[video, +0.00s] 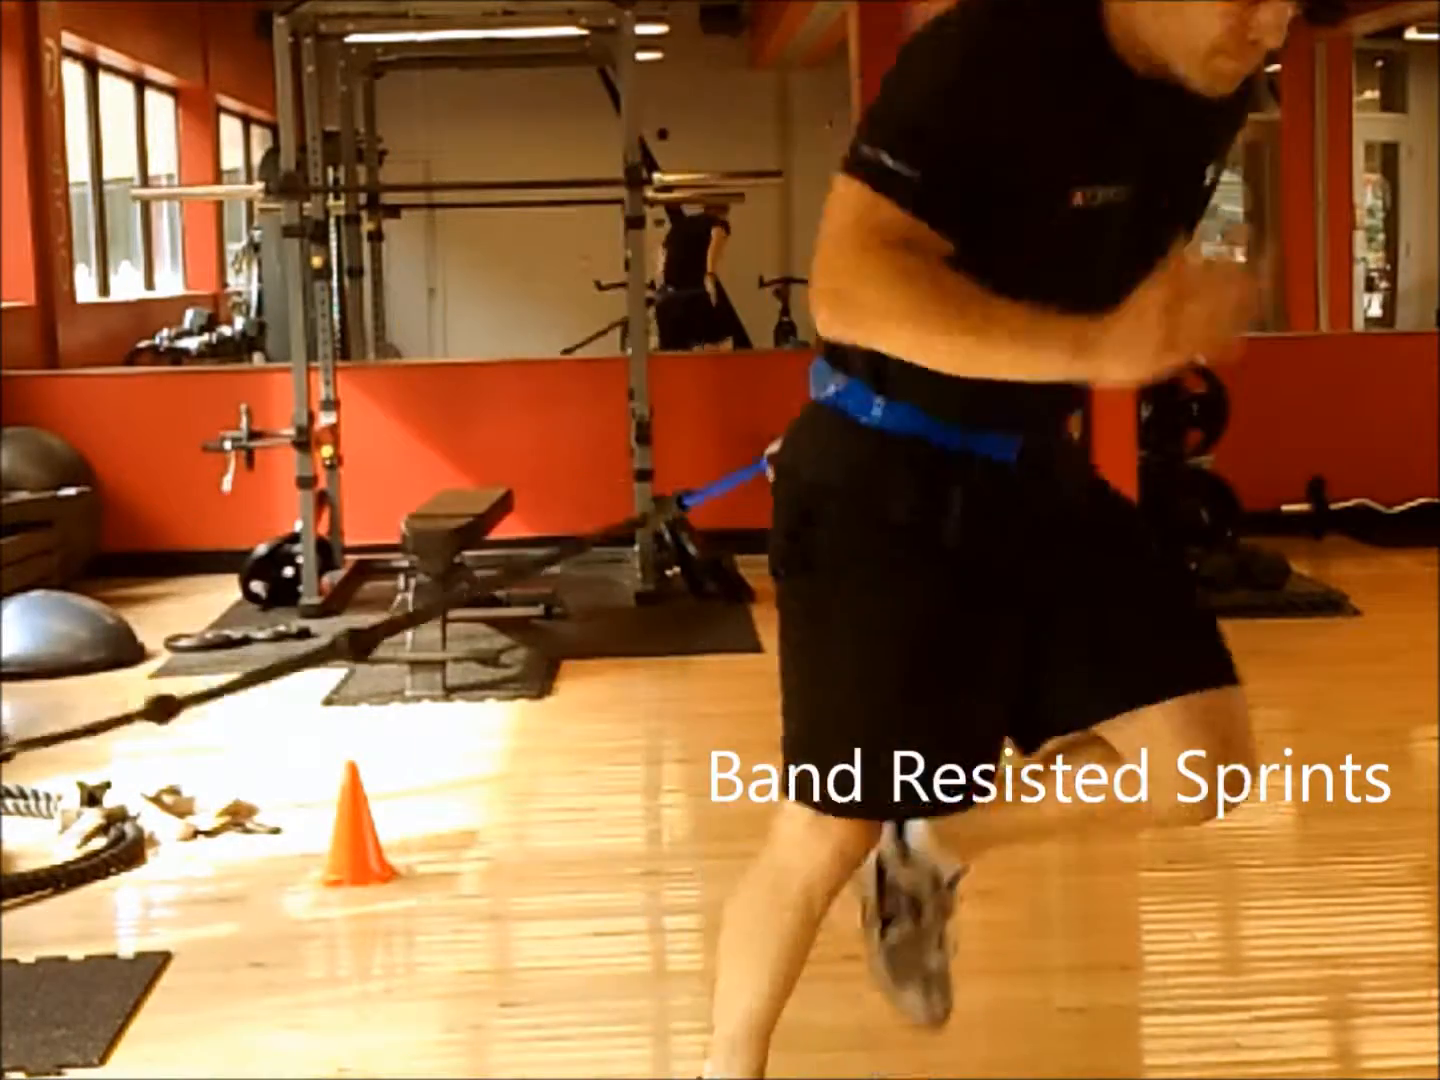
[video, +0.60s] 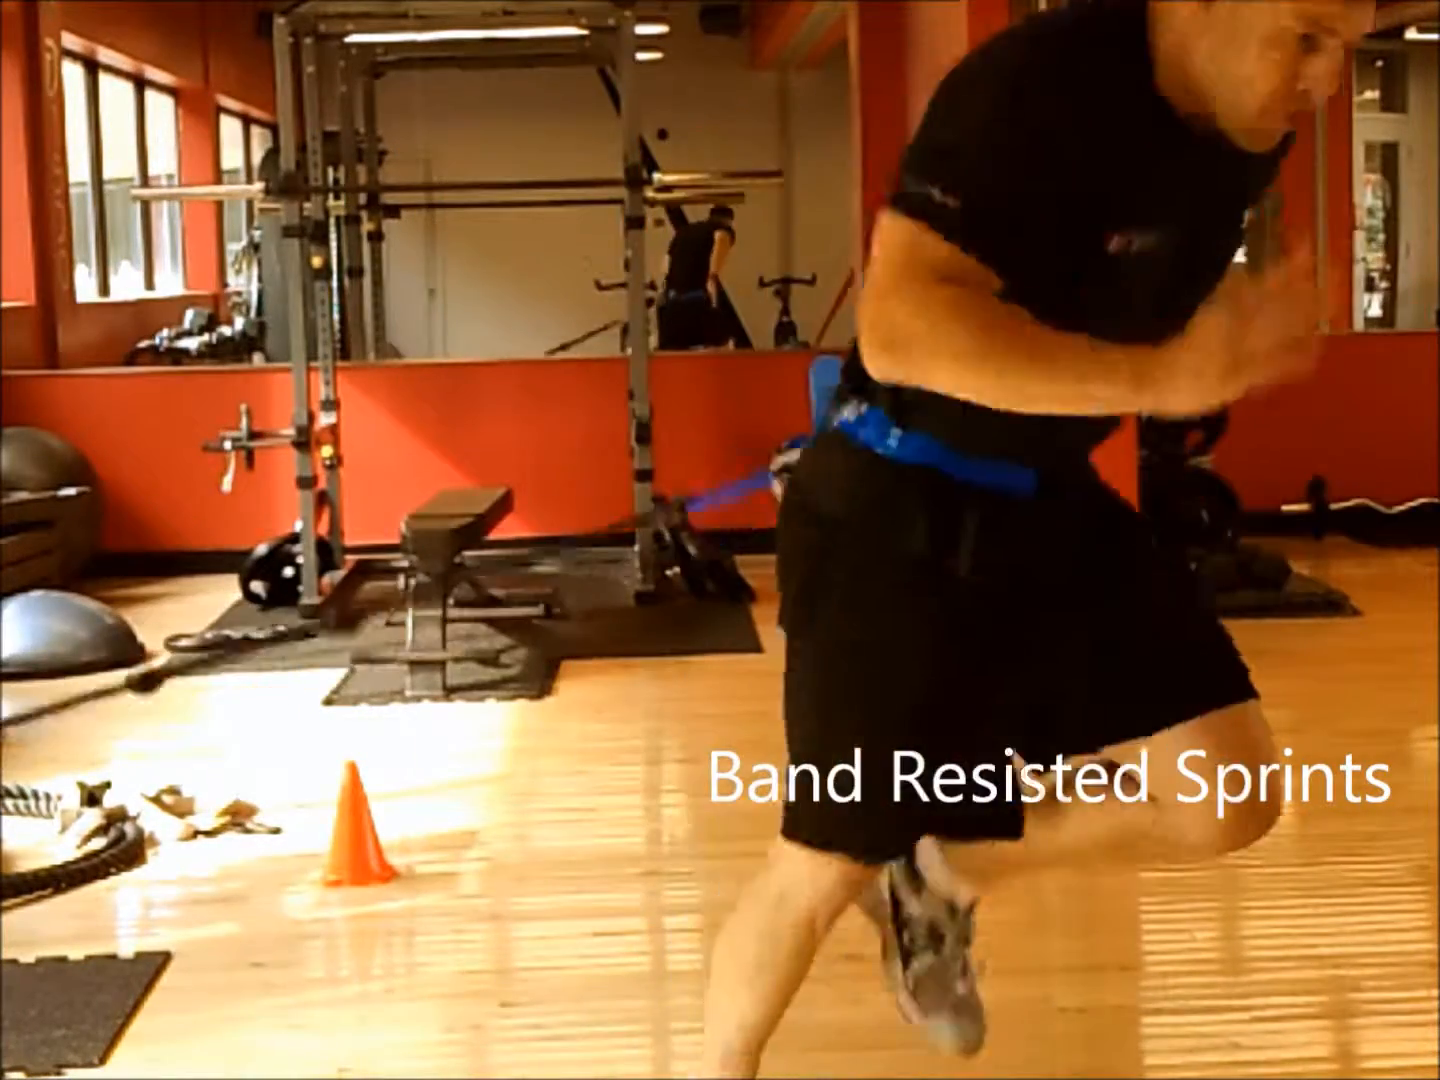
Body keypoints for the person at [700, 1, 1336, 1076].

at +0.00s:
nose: (1272, 25)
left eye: (1288, 1)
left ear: (1301, 4)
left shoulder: (1219, 79)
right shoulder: (983, 47)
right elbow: (849, 287)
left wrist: (1179, 308)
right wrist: (1092, 347)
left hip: (1041, 464)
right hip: (879, 458)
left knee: (1198, 767)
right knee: (833, 818)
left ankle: (931, 840)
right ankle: (729, 1067)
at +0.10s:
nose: (1287, 19)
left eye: (1304, 2)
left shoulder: (1259, 86)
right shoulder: (980, 31)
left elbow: (1190, 252)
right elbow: (792, 194)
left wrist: (1194, 431)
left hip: (1040, 441)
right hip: (893, 430)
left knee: (1071, 801)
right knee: (947, 824)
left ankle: (868, 989)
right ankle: (704, 982)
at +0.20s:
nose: (1273, 100)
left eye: (1293, 68)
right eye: (1251, 60)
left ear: (1309, 56)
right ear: (1152, 23)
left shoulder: (1250, 184)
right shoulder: (966, 112)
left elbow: (1279, 359)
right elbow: (721, 170)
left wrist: (1362, 437)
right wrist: (623, 370)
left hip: (1027, 526)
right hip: (883, 511)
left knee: (936, 827)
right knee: (1078, 785)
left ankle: (785, 1045)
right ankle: (758, 801)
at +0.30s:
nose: (1273, 85)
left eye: (1294, 53)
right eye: (1251, 44)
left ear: (1310, 49)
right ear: (1151, 16)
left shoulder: (1250, 170)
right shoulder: (963, 105)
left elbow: (1251, 348)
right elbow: (734, 170)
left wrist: (1328, 426)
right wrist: (652, 390)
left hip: (1045, 528)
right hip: (900, 512)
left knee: (927, 822)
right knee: (1028, 837)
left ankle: (803, 1017)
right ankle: (784, 875)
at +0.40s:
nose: (1291, 26)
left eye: (1305, 1)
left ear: (1318, 3)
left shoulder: (1248, 104)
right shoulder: (984, 56)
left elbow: (1183, 278)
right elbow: (797, 242)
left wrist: (1172, 479)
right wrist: (904, 469)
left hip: (1049, 487)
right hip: (891, 485)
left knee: (1078, 855)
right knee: (893, 893)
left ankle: (845, 952)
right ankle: (746, 1069)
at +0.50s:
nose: (1276, 110)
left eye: (1292, 74)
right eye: (1252, 67)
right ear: (1142, 31)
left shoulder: (1207, 164)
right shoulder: (991, 132)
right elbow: (930, 394)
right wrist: (1197, 374)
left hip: (1044, 556)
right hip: (880, 562)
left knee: (1218, 844)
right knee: (836, 922)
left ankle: (946, 812)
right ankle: (719, 1070)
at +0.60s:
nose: (1328, 87)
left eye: (1349, 54)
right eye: (1310, 40)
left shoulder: (1246, 132)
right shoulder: (1023, 83)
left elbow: (1135, 309)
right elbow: (898, 324)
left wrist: (1230, 348)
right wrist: (1160, 370)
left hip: (1050, 489)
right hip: (890, 489)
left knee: (1223, 790)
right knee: (837, 848)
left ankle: (944, 869)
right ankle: (719, 1065)